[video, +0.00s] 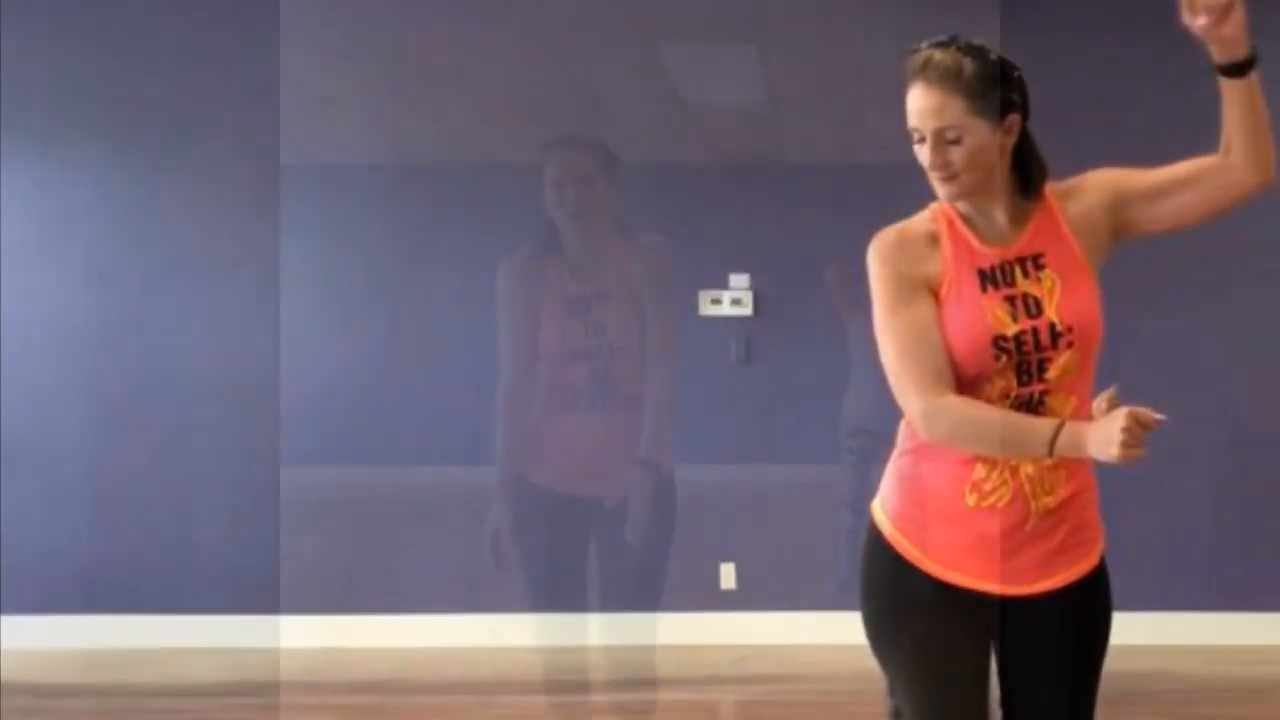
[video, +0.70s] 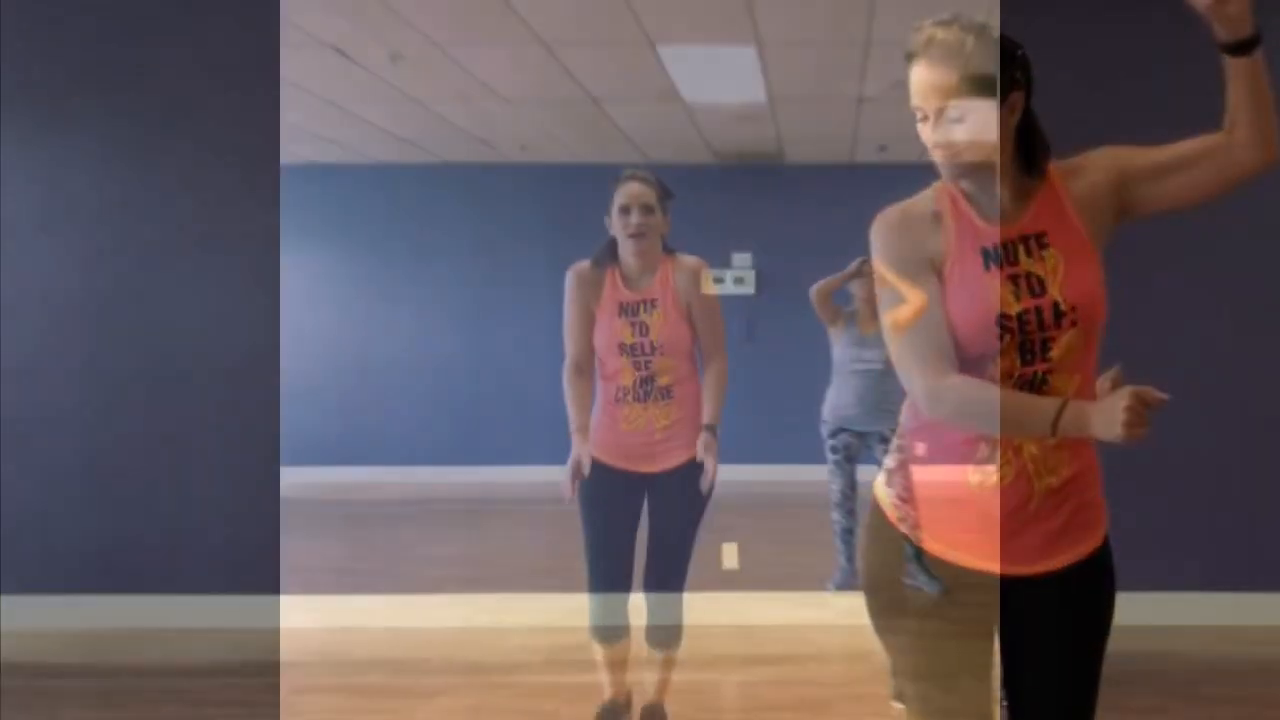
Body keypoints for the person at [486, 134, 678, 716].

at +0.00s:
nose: (572, 195)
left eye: (584, 181)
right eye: (558, 184)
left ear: (612, 188)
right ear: (543, 196)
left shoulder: (648, 261)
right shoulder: (524, 271)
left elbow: (662, 363)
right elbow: (515, 379)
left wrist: (649, 471)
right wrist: (503, 493)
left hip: (634, 484)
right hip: (547, 486)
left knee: (629, 648)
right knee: (558, 650)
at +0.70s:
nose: (636, 219)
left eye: (646, 209)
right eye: (625, 210)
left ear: (664, 218)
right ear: (610, 220)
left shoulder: (689, 273)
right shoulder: (586, 279)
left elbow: (714, 355)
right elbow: (577, 364)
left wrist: (709, 430)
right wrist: (579, 438)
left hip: (681, 455)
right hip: (608, 455)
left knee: (664, 587)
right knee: (606, 586)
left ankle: (655, 701)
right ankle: (615, 696)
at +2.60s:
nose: (650, 244)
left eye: (655, 235)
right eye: (639, 235)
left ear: (657, 240)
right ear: (608, 241)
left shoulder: (671, 294)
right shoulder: (578, 295)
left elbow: (689, 375)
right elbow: (557, 375)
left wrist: (621, 376)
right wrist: (544, 345)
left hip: (646, 455)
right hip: (575, 452)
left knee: (676, 572)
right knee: (572, 571)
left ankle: (715, 684)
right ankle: (569, 667)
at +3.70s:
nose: (672, 238)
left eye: (674, 228)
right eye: (662, 228)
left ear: (673, 235)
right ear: (628, 234)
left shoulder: (682, 294)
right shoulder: (586, 291)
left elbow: (702, 375)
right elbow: (562, 378)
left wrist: (649, 374)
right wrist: (584, 342)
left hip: (673, 457)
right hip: (596, 457)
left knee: (700, 577)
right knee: (573, 578)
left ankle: (721, 689)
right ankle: (546, 689)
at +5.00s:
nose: (656, 229)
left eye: (664, 218)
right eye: (646, 222)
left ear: (685, 221)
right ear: (637, 232)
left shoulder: (718, 278)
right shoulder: (631, 285)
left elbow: (753, 357)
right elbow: (575, 329)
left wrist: (687, 368)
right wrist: (612, 264)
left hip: (710, 444)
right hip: (642, 442)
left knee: (711, 572)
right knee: (605, 568)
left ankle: (722, 686)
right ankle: (586, 678)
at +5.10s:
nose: (664, 223)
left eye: (673, 212)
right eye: (654, 215)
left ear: (694, 215)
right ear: (645, 224)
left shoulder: (725, 271)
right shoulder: (637, 279)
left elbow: (760, 348)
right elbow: (568, 319)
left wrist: (693, 361)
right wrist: (610, 265)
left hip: (714, 439)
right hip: (647, 437)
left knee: (718, 568)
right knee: (632, 566)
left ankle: (722, 683)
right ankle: (657, 658)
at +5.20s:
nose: (670, 225)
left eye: (679, 215)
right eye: (661, 217)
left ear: (700, 221)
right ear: (651, 227)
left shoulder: (729, 274)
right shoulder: (639, 272)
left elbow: (764, 350)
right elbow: (560, 275)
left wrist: (697, 363)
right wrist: (559, 283)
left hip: (715, 442)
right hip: (649, 442)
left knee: (720, 567)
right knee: (668, 571)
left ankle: (725, 683)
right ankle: (696, 669)